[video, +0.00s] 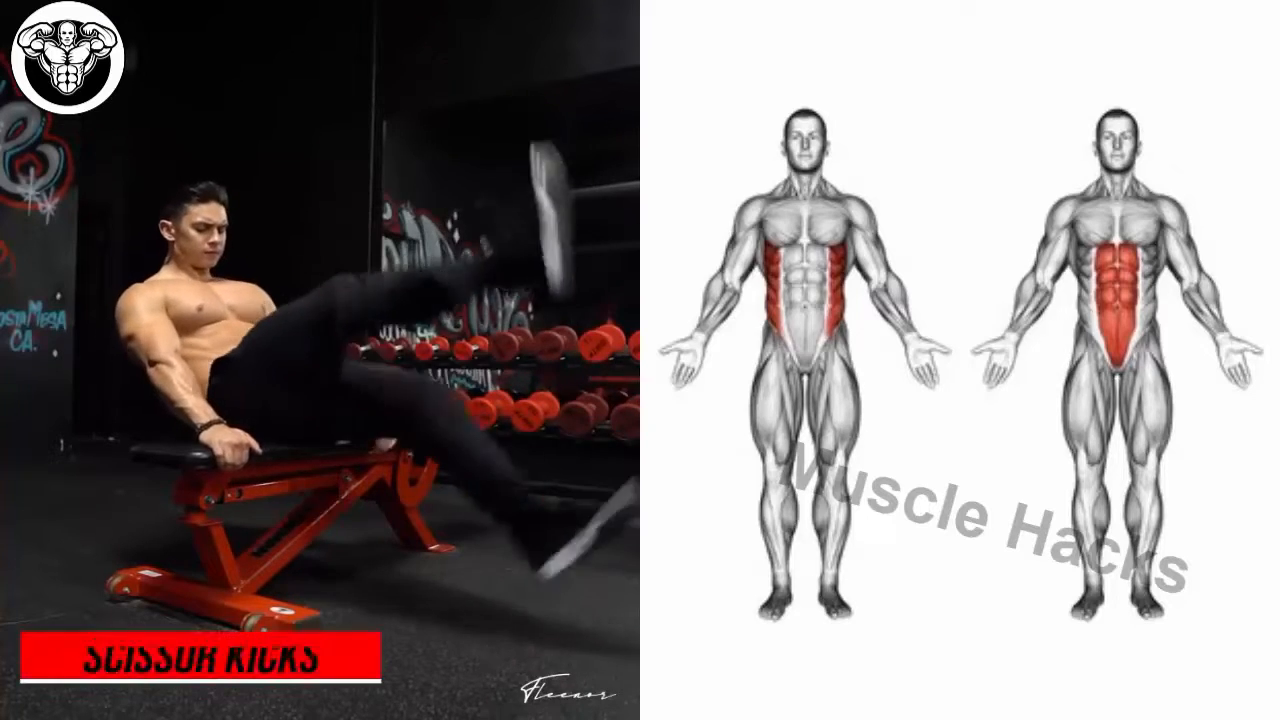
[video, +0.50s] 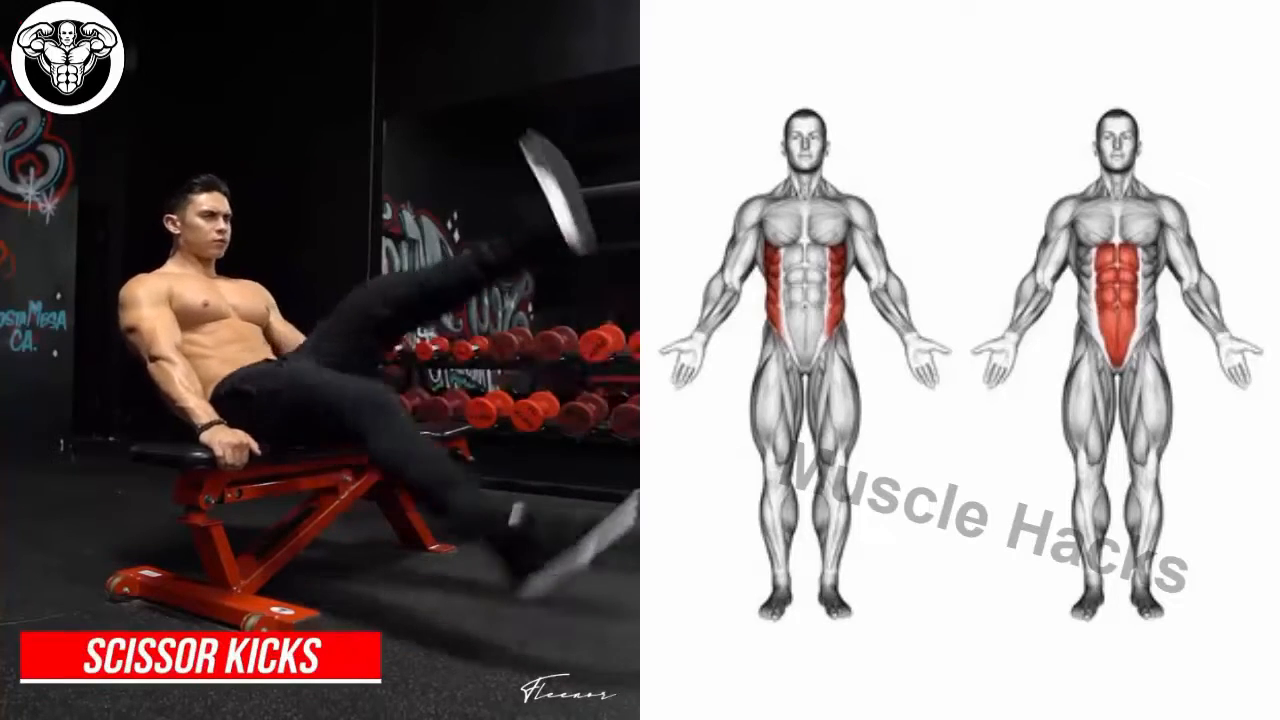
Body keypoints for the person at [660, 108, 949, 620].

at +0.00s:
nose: (804, 146)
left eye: (812, 138)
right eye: (797, 138)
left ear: (825, 145)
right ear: (785, 145)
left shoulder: (852, 211)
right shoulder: (758, 211)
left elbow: (881, 281)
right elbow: (729, 281)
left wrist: (910, 336)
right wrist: (700, 336)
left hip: (832, 355)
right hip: (777, 355)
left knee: (834, 468)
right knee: (777, 469)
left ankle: (830, 584)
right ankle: (780, 585)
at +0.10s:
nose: (805, 146)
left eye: (812, 138)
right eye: (797, 138)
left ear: (825, 146)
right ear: (785, 146)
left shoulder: (852, 211)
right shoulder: (758, 211)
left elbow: (881, 281)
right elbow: (729, 281)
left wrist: (910, 336)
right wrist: (700, 336)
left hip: (832, 355)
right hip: (777, 355)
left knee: (834, 468)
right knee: (777, 469)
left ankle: (829, 584)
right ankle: (780, 585)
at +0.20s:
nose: (805, 146)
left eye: (812, 138)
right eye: (797, 138)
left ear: (825, 146)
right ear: (785, 146)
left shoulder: (852, 211)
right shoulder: (758, 211)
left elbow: (881, 282)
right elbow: (729, 282)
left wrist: (910, 336)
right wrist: (700, 336)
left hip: (832, 355)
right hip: (777, 355)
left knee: (834, 468)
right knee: (777, 469)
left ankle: (829, 584)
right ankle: (780, 585)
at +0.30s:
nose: (804, 145)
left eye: (812, 138)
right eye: (797, 138)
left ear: (825, 146)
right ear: (785, 145)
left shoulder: (852, 211)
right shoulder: (758, 211)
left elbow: (881, 282)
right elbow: (729, 281)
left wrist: (910, 336)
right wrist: (700, 336)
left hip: (832, 355)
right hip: (777, 355)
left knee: (834, 467)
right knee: (777, 469)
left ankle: (830, 584)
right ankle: (780, 584)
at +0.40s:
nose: (804, 145)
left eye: (812, 138)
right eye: (797, 138)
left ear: (825, 146)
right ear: (785, 145)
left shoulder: (852, 211)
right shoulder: (758, 211)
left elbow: (881, 282)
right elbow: (729, 282)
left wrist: (910, 336)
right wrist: (700, 336)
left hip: (832, 355)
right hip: (777, 355)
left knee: (834, 467)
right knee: (777, 469)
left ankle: (830, 584)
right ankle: (780, 585)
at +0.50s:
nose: (804, 145)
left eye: (812, 138)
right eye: (797, 138)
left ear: (825, 146)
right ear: (785, 145)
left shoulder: (852, 211)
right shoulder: (758, 211)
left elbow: (881, 282)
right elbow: (729, 282)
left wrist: (910, 336)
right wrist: (700, 336)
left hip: (832, 355)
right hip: (777, 355)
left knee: (834, 467)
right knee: (777, 469)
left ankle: (830, 584)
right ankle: (780, 585)